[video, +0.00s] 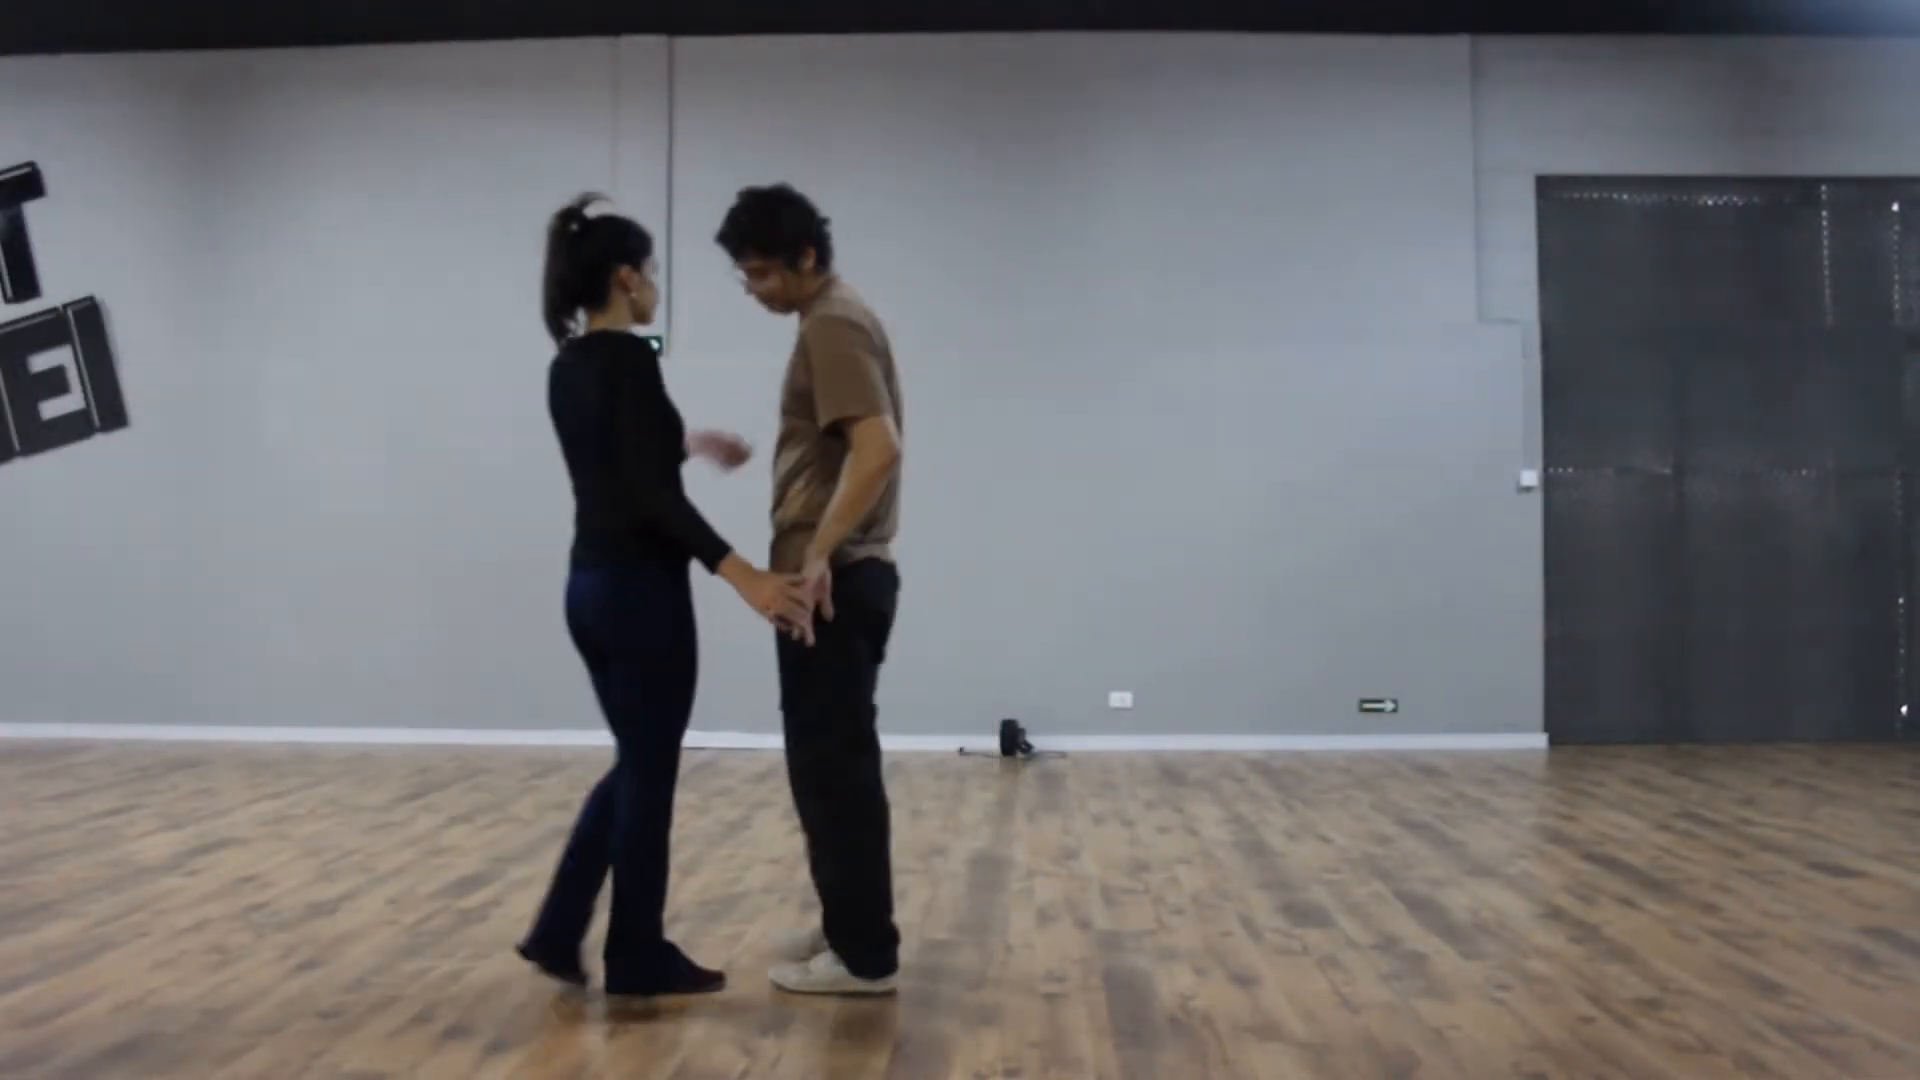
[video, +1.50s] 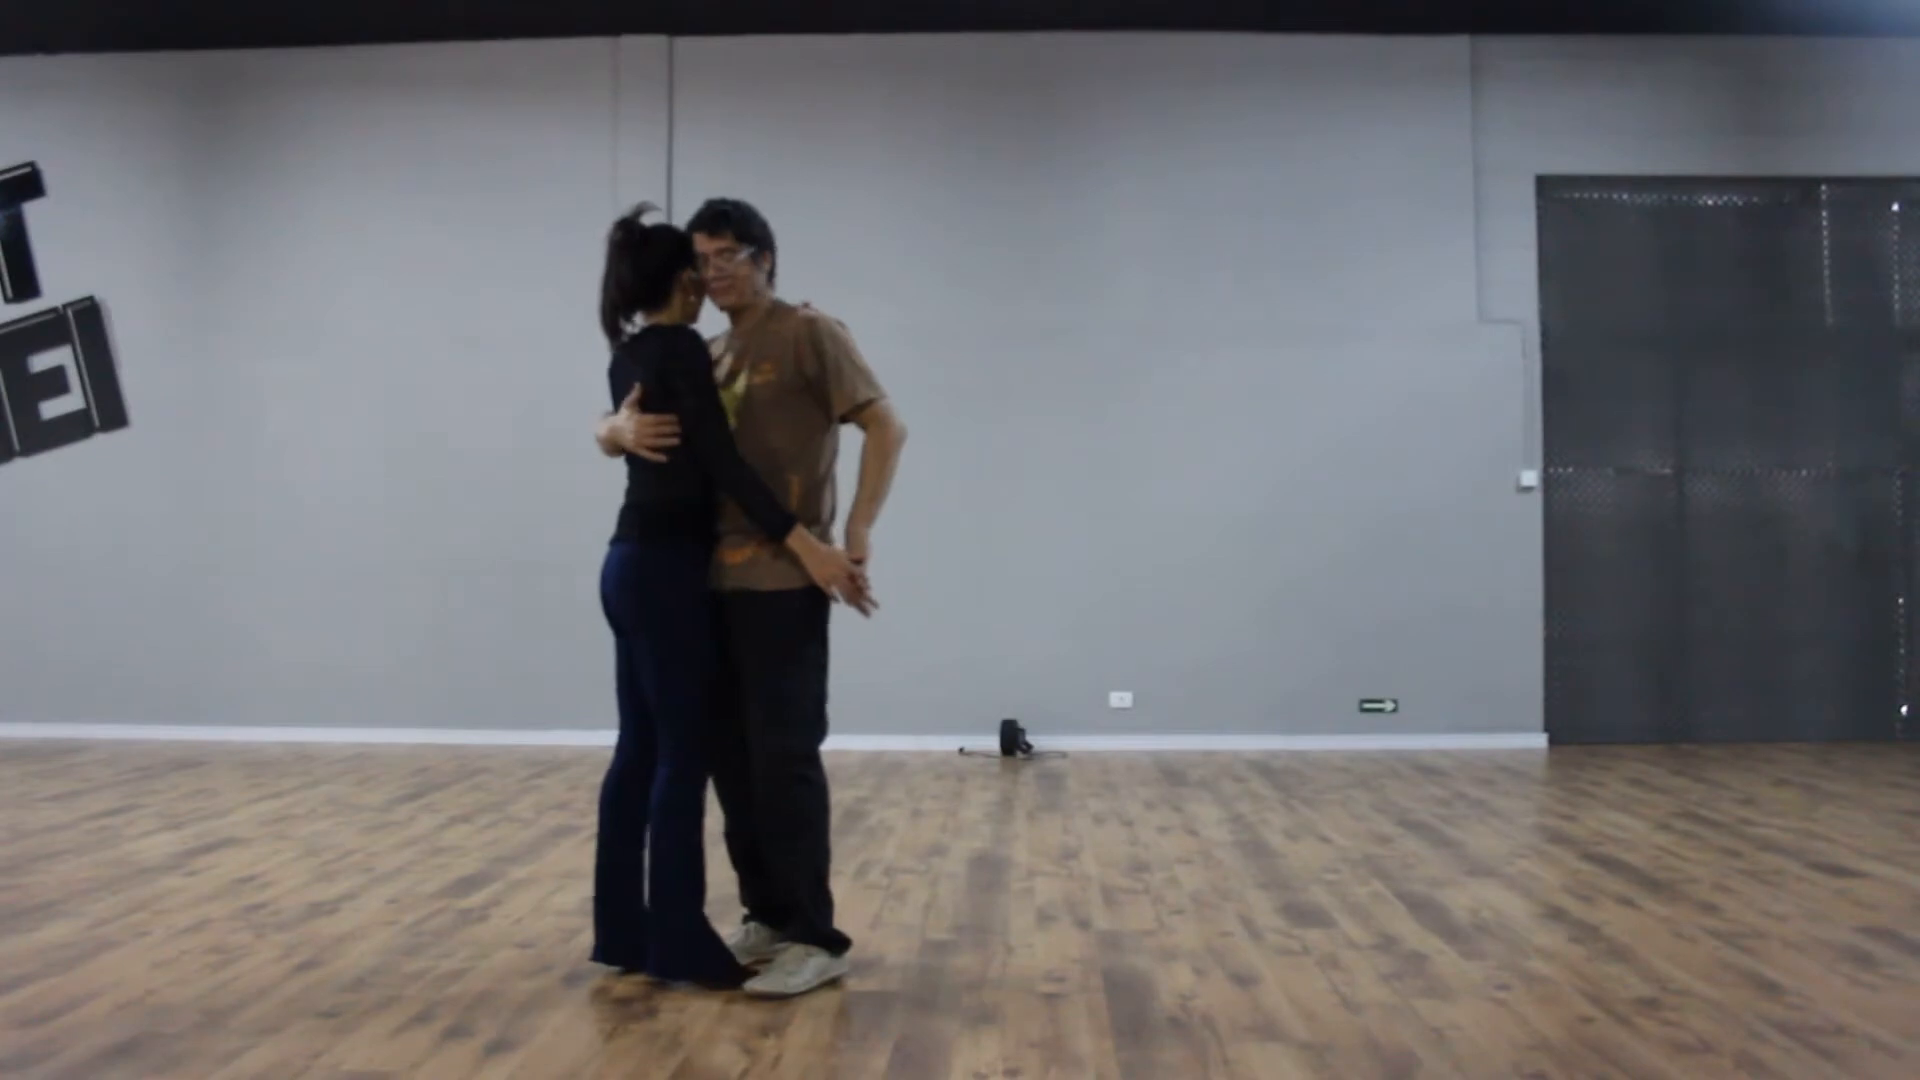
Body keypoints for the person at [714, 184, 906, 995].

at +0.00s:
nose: (750, 289)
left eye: (757, 273)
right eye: (745, 275)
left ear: (803, 259)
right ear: (797, 261)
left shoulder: (836, 327)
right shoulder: (831, 320)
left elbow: (876, 446)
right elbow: (860, 447)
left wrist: (818, 551)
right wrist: (805, 547)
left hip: (838, 579)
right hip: (832, 577)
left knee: (832, 764)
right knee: (829, 760)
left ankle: (864, 952)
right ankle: (848, 925)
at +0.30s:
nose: (736, 287)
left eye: (747, 273)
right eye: (730, 274)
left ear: (793, 263)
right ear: (743, 267)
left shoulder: (831, 333)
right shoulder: (773, 341)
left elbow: (883, 445)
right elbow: (737, 433)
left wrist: (828, 550)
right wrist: (680, 491)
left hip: (823, 581)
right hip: (777, 578)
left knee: (827, 760)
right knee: (757, 752)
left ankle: (866, 951)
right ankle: (775, 922)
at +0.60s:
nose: (725, 276)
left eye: (739, 261)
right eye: (714, 264)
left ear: (776, 259)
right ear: (705, 266)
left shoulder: (813, 327)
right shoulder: (718, 350)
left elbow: (865, 433)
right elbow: (652, 430)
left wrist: (822, 531)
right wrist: (560, 475)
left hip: (796, 569)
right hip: (740, 568)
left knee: (791, 750)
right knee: (740, 748)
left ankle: (858, 940)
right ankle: (775, 923)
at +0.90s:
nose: (717, 288)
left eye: (730, 272)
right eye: (704, 276)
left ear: (763, 263)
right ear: (691, 274)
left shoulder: (800, 329)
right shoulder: (702, 350)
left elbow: (850, 432)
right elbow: (649, 425)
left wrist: (805, 537)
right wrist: (570, 431)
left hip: (776, 567)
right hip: (722, 567)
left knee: (764, 748)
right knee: (725, 750)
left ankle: (815, 931)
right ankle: (768, 919)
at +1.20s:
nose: (706, 293)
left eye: (720, 278)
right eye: (695, 280)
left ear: (755, 271)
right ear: (683, 282)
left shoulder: (799, 336)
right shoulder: (699, 359)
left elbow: (863, 438)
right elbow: (647, 417)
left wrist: (826, 545)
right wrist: (596, 434)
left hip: (776, 586)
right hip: (712, 586)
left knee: (774, 756)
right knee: (727, 758)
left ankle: (811, 933)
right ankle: (766, 919)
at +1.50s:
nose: (717, 271)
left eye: (731, 255)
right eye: (704, 260)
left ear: (764, 259)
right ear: (695, 271)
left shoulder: (810, 335)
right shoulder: (704, 355)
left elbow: (884, 429)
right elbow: (617, 426)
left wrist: (856, 541)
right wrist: (612, 430)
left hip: (785, 584)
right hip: (714, 585)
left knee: (786, 761)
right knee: (734, 762)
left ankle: (814, 939)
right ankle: (767, 921)